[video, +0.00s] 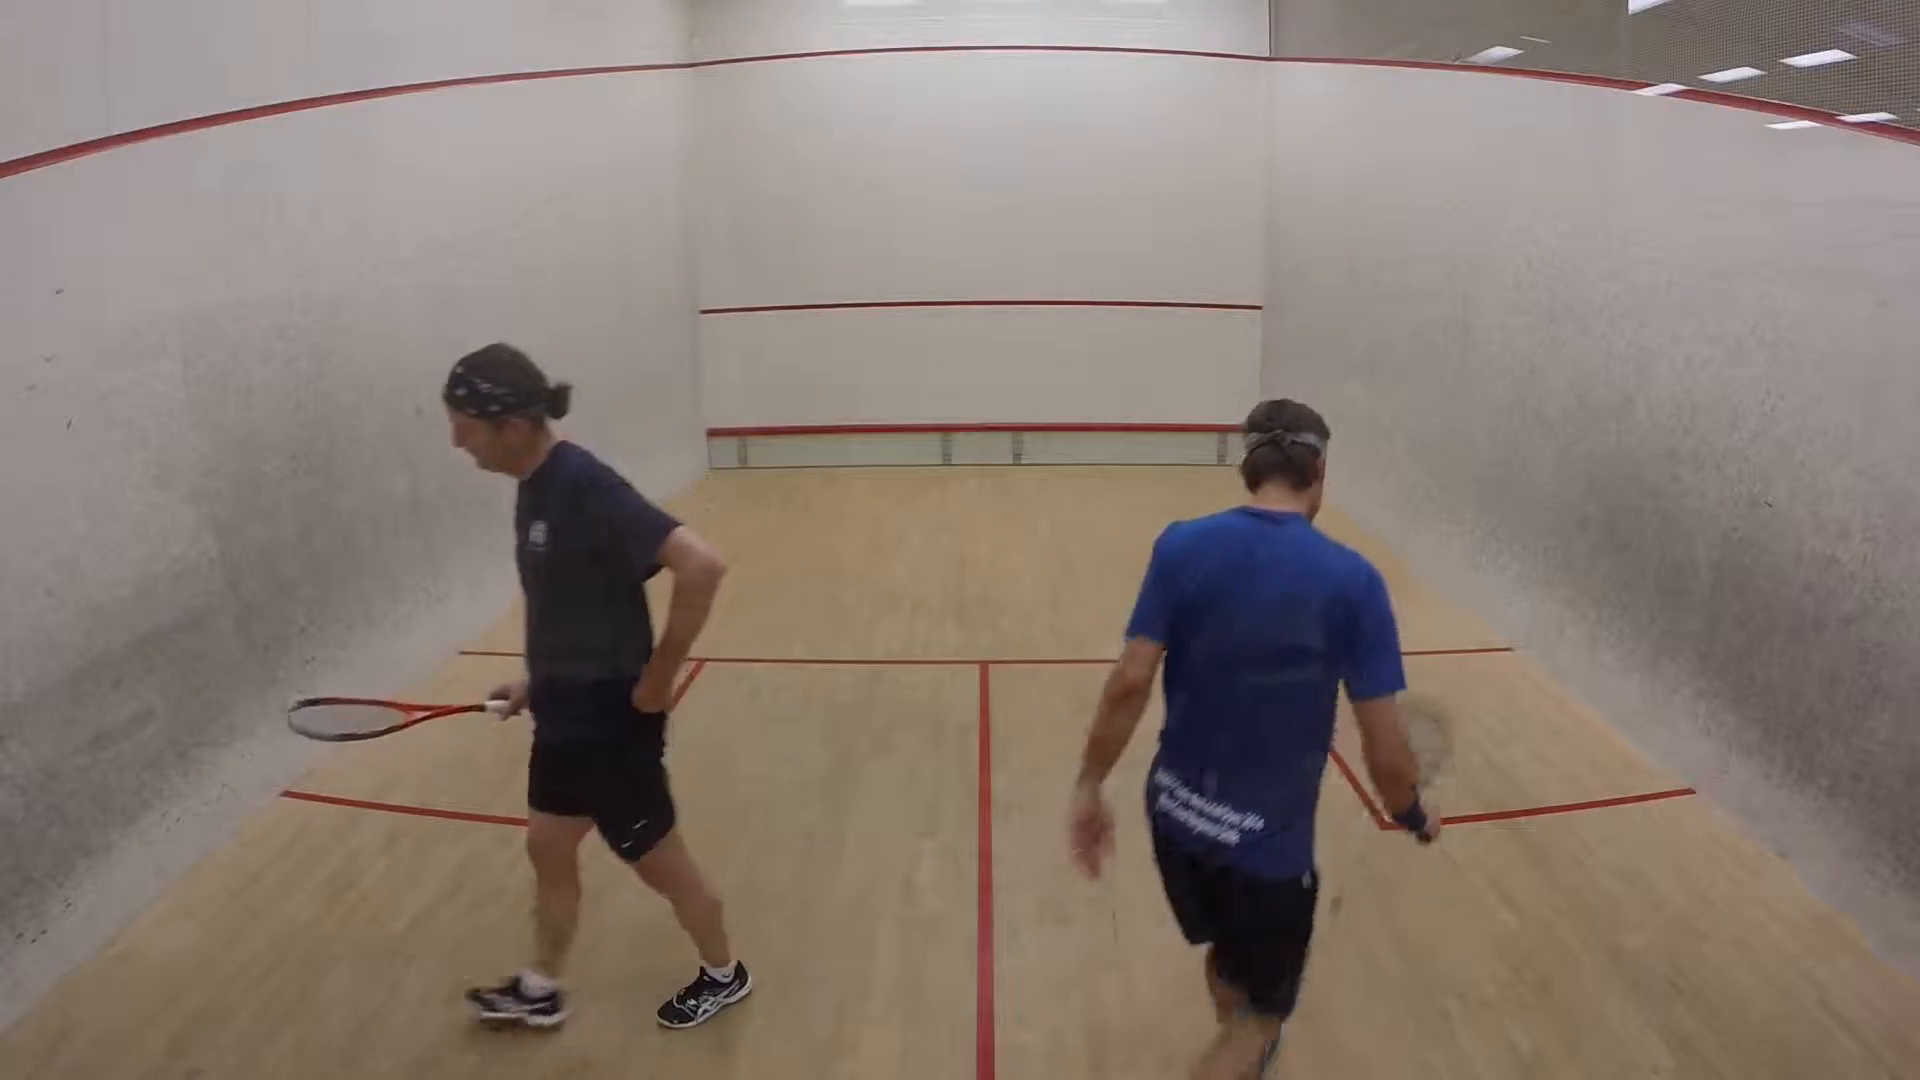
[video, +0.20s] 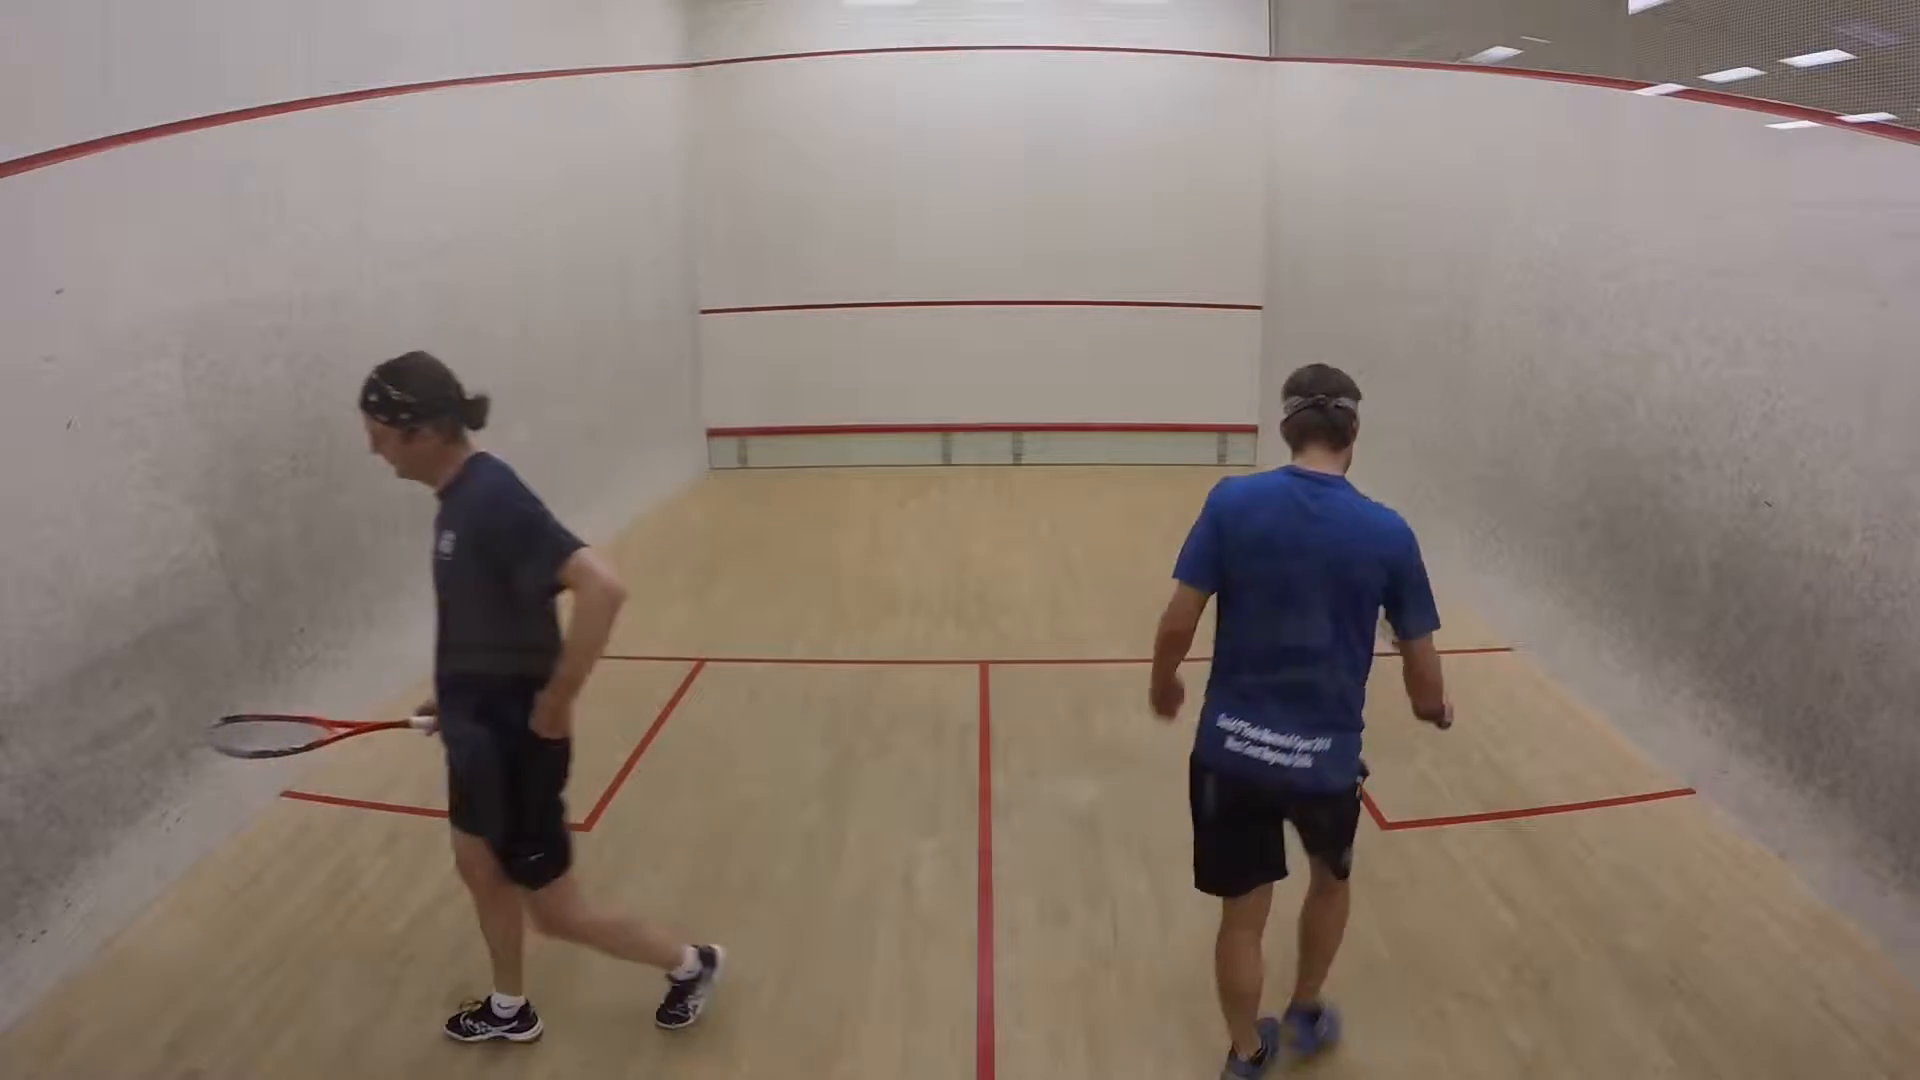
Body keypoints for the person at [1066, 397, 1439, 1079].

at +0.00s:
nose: (1326, 477)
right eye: (1327, 466)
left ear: (1246, 468)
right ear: (1319, 473)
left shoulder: (1183, 547)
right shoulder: (1349, 581)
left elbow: (1129, 682)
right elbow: (1386, 755)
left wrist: (1089, 788)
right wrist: (1408, 812)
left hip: (1174, 819)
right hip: (1267, 849)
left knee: (1222, 958)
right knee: (1256, 1018)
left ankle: (1245, 1053)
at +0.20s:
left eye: (1286, 421)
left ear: (1284, 430)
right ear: (1354, 433)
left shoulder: (1234, 502)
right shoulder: (1386, 533)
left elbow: (1177, 625)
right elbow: (1421, 665)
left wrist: (1163, 681)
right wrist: (1433, 709)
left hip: (1233, 758)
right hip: (1325, 769)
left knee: (1242, 912)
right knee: (1328, 876)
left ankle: (1245, 1055)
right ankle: (1303, 1014)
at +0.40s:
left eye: (1316, 418)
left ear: (1310, 428)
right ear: (1370, 431)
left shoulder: (1268, 494)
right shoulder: (1405, 522)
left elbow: (1206, 594)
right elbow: (1434, 652)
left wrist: (1183, 618)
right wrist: (1425, 663)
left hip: (1271, 724)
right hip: (1350, 731)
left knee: (1264, 868)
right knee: (1332, 816)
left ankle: (1250, 1036)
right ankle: (1316, 903)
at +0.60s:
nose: (1330, 404)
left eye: (1324, 395)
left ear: (1324, 403)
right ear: (1380, 403)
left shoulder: (1293, 464)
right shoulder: (1411, 484)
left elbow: (1257, 563)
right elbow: (1434, 592)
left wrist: (1210, 625)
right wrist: (1437, 643)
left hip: (1292, 664)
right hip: (1362, 673)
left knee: (1273, 765)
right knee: (1342, 778)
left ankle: (1275, 888)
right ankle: (1316, 893)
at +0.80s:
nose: (1321, 397)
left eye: (1317, 390)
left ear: (1316, 395)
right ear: (1366, 394)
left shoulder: (1296, 452)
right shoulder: (1401, 463)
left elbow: (1282, 534)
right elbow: (1427, 552)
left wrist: (1249, 622)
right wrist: (1427, 598)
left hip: (1297, 635)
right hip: (1361, 644)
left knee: (1284, 718)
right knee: (1341, 773)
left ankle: (1270, 793)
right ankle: (1315, 890)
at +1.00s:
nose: (1305, 395)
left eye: (1303, 388)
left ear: (1301, 392)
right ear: (1347, 390)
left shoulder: (1287, 442)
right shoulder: (1382, 451)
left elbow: (1278, 517)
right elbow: (1406, 530)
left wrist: (1248, 596)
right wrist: (1407, 577)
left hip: (1289, 607)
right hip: (1348, 616)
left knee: (1280, 683)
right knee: (1339, 721)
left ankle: (1275, 771)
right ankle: (1326, 824)